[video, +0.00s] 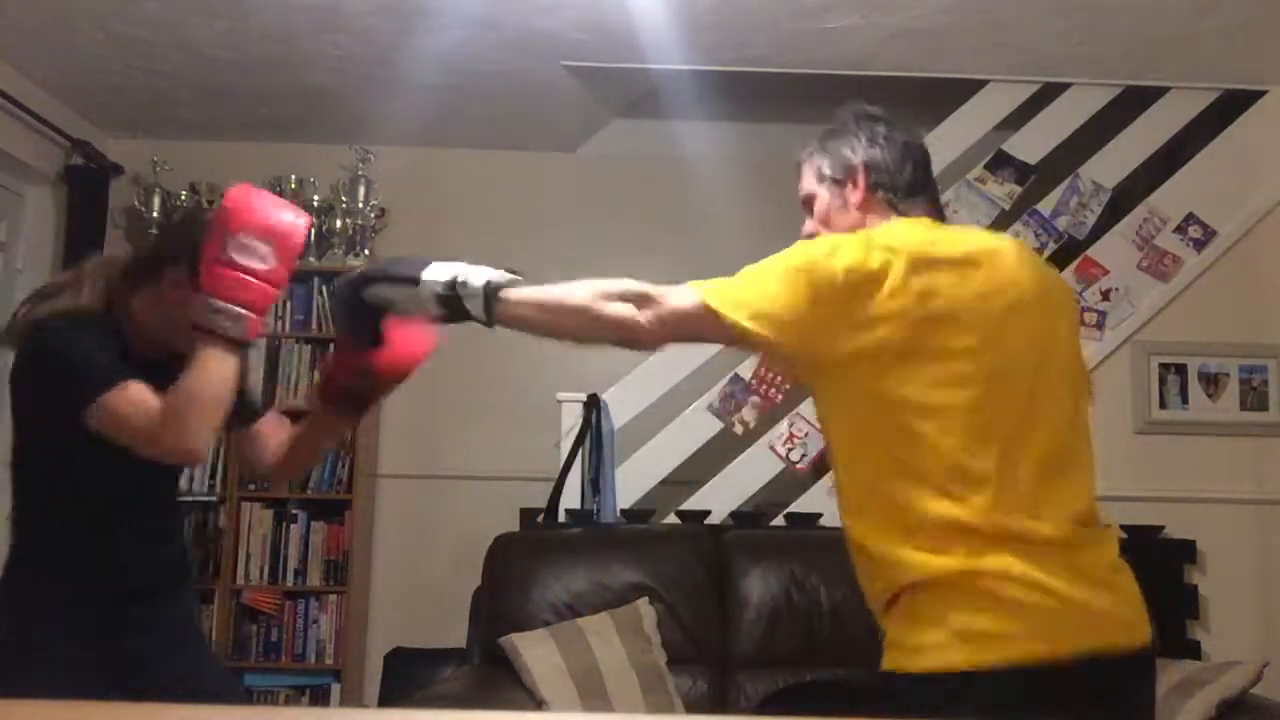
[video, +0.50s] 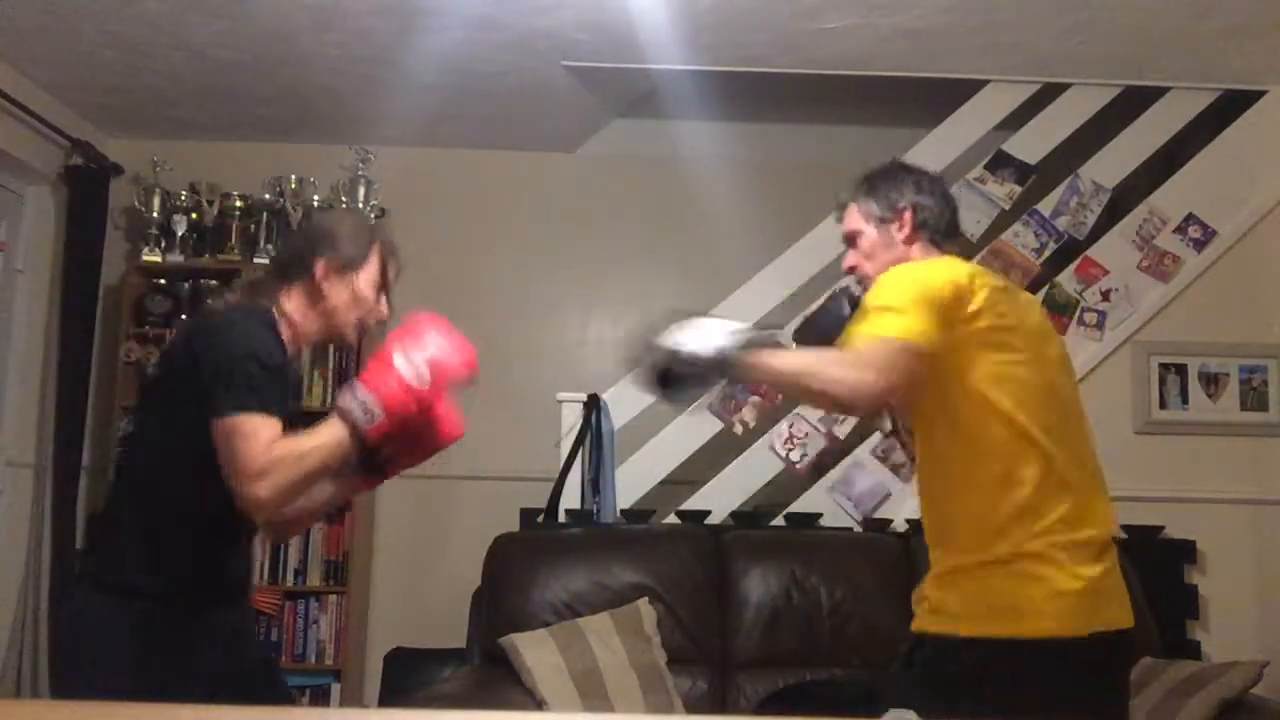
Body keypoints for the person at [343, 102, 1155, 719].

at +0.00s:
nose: (809, 226)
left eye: (811, 206)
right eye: (806, 209)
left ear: (859, 187)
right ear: (908, 184)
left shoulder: (846, 267)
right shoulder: (1039, 276)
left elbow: (645, 315)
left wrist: (461, 291)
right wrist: (833, 361)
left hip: (966, 662)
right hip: (1114, 654)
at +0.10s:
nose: (826, 243)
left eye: (831, 222)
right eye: (825, 225)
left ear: (881, 208)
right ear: (913, 208)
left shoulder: (861, 285)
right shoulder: (1045, 297)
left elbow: (695, 345)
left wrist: (533, 314)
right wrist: (808, 369)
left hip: (959, 667)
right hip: (1102, 665)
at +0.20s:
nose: (859, 265)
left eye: (862, 244)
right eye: (854, 250)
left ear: (908, 223)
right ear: (931, 225)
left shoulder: (911, 292)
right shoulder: (1045, 302)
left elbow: (856, 414)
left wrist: (709, 377)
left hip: (978, 668)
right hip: (1098, 664)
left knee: (783, 704)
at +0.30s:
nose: (883, 295)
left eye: (886, 271)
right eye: (877, 277)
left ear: (931, 252)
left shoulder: (957, 312)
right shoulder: (1050, 330)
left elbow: (997, 474)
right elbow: (903, 462)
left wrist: (851, 465)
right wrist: (863, 359)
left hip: (1004, 674)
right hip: (1096, 674)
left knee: (787, 706)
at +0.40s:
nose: (869, 270)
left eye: (874, 247)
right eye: (865, 255)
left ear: (924, 228)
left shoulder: (944, 288)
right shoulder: (1046, 314)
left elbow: (985, 425)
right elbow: (958, 493)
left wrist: (852, 416)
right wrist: (878, 412)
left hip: (995, 641)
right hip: (1093, 642)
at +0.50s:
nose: (848, 264)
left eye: (854, 241)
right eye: (846, 247)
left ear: (905, 225)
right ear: (911, 229)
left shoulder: (922, 281)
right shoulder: (1022, 305)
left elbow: (868, 382)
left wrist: (733, 357)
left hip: (997, 628)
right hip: (1089, 623)